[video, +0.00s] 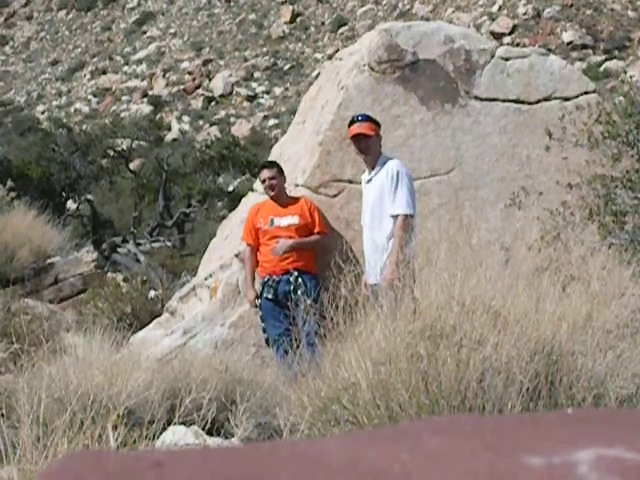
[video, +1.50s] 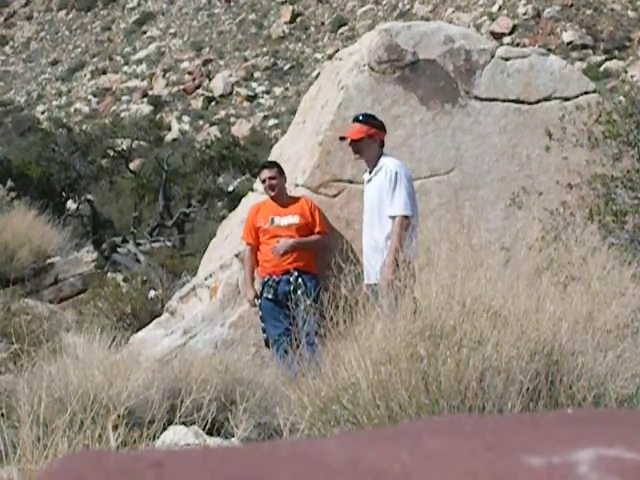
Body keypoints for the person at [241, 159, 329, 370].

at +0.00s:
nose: (269, 184)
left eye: (273, 178)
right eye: (264, 181)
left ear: (283, 178)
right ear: (261, 185)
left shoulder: (304, 205)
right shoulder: (257, 212)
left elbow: (324, 237)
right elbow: (250, 249)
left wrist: (293, 244)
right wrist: (249, 286)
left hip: (303, 277)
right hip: (271, 281)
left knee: (310, 335)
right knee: (279, 340)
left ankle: (316, 383)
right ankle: (292, 386)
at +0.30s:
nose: (269, 184)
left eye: (273, 178)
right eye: (264, 181)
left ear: (283, 178)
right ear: (261, 185)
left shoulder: (305, 205)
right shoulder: (257, 212)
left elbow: (324, 236)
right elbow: (250, 249)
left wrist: (293, 244)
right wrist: (249, 286)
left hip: (303, 278)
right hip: (271, 281)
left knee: (310, 335)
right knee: (279, 340)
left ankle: (316, 382)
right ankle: (291, 386)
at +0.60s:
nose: (269, 184)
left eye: (273, 178)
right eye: (264, 181)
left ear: (283, 178)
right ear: (261, 185)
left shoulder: (305, 205)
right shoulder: (257, 212)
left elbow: (325, 236)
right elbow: (250, 249)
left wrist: (294, 243)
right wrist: (249, 285)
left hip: (303, 277)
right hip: (271, 280)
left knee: (310, 335)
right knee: (278, 339)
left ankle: (316, 381)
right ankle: (290, 385)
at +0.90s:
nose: (269, 183)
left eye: (273, 178)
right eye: (264, 180)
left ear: (283, 178)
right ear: (261, 185)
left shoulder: (305, 205)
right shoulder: (257, 212)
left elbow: (324, 236)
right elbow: (250, 249)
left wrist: (294, 243)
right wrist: (248, 285)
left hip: (303, 277)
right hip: (271, 281)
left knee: (310, 334)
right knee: (278, 339)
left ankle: (315, 380)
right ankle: (291, 384)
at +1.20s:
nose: (269, 184)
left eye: (273, 178)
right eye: (264, 181)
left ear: (283, 178)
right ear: (261, 185)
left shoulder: (305, 205)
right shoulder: (257, 212)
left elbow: (325, 236)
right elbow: (250, 249)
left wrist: (294, 243)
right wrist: (248, 285)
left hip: (303, 277)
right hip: (271, 280)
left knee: (310, 334)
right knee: (278, 339)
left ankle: (316, 381)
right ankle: (291, 385)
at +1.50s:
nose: (269, 183)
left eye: (273, 178)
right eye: (264, 181)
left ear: (283, 178)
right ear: (261, 185)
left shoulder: (305, 205)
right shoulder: (257, 212)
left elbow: (325, 236)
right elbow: (250, 249)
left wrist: (294, 244)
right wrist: (248, 285)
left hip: (303, 277)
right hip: (271, 280)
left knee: (310, 335)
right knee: (279, 339)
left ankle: (316, 382)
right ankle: (291, 386)